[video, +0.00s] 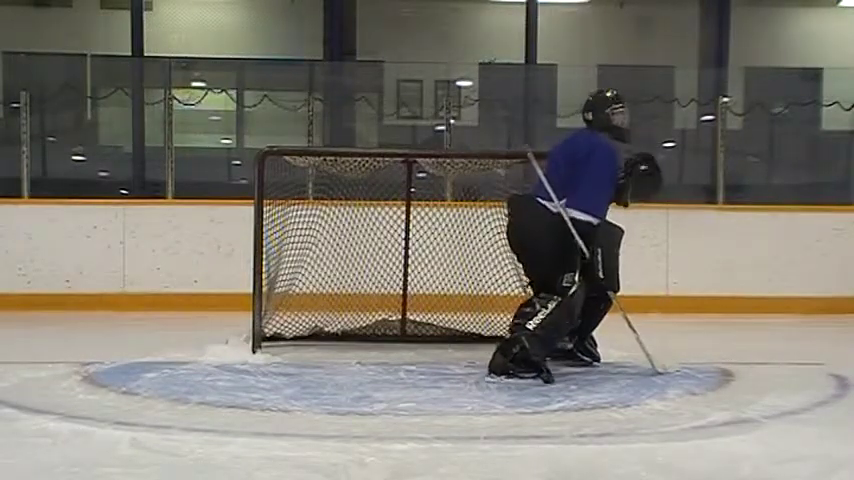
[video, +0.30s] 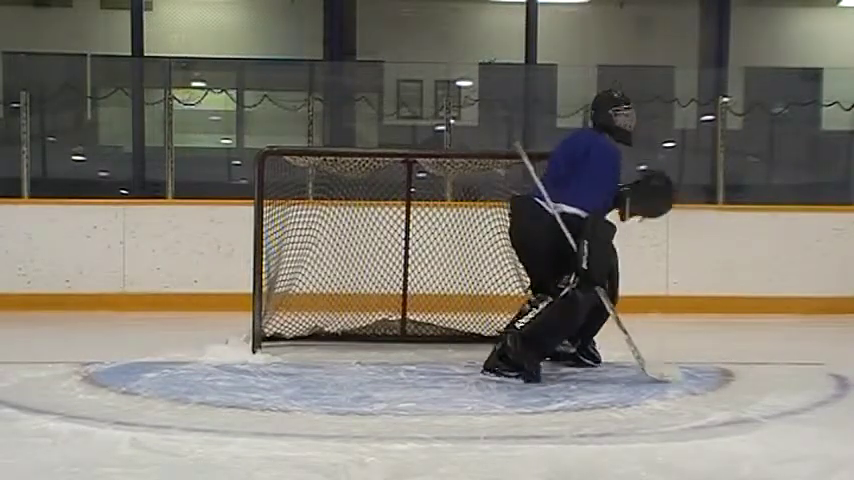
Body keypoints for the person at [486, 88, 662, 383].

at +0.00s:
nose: (625, 118)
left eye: (624, 112)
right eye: (619, 113)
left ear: (593, 117)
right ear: (603, 117)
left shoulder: (576, 141)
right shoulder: (603, 150)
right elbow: (582, 215)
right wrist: (588, 260)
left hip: (525, 213)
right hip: (545, 221)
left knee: (548, 288)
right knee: (567, 291)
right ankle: (519, 352)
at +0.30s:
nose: (630, 121)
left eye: (630, 114)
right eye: (624, 115)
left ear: (599, 117)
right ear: (607, 117)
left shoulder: (579, 140)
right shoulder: (605, 150)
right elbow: (584, 207)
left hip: (531, 215)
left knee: (550, 288)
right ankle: (513, 353)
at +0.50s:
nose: (623, 129)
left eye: (626, 122)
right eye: (616, 121)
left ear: (630, 125)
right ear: (600, 121)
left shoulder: (622, 164)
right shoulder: (575, 149)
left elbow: (607, 220)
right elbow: (549, 207)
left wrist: (640, 226)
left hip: (583, 234)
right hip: (541, 227)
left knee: (603, 284)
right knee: (575, 289)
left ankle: (575, 346)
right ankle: (530, 354)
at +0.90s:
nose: (636, 118)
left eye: (639, 112)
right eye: (629, 112)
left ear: (641, 114)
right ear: (612, 114)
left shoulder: (630, 150)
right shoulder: (592, 147)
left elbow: (625, 204)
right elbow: (574, 210)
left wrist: (656, 203)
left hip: (596, 234)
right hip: (567, 233)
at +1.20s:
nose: (662, 116)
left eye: (665, 110)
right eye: (656, 110)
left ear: (667, 112)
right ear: (638, 111)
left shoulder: (661, 148)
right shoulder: (609, 144)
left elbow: (653, 200)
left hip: (643, 236)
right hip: (610, 236)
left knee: (671, 289)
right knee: (593, 311)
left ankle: (648, 363)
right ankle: (539, 372)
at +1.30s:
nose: (662, 118)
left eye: (666, 111)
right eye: (655, 110)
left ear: (669, 113)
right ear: (636, 112)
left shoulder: (663, 150)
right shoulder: (608, 147)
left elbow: (651, 207)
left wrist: (690, 210)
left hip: (642, 237)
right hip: (599, 238)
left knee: (671, 296)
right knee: (585, 306)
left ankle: (668, 364)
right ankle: (520, 367)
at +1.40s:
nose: (648, 120)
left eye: (655, 114)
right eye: (641, 113)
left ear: (663, 120)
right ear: (627, 115)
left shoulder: (665, 153)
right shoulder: (611, 151)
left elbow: (656, 209)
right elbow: (615, 209)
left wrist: (681, 220)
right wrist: (630, 256)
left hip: (628, 236)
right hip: (583, 234)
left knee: (662, 296)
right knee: (565, 299)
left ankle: (675, 372)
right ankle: (503, 363)